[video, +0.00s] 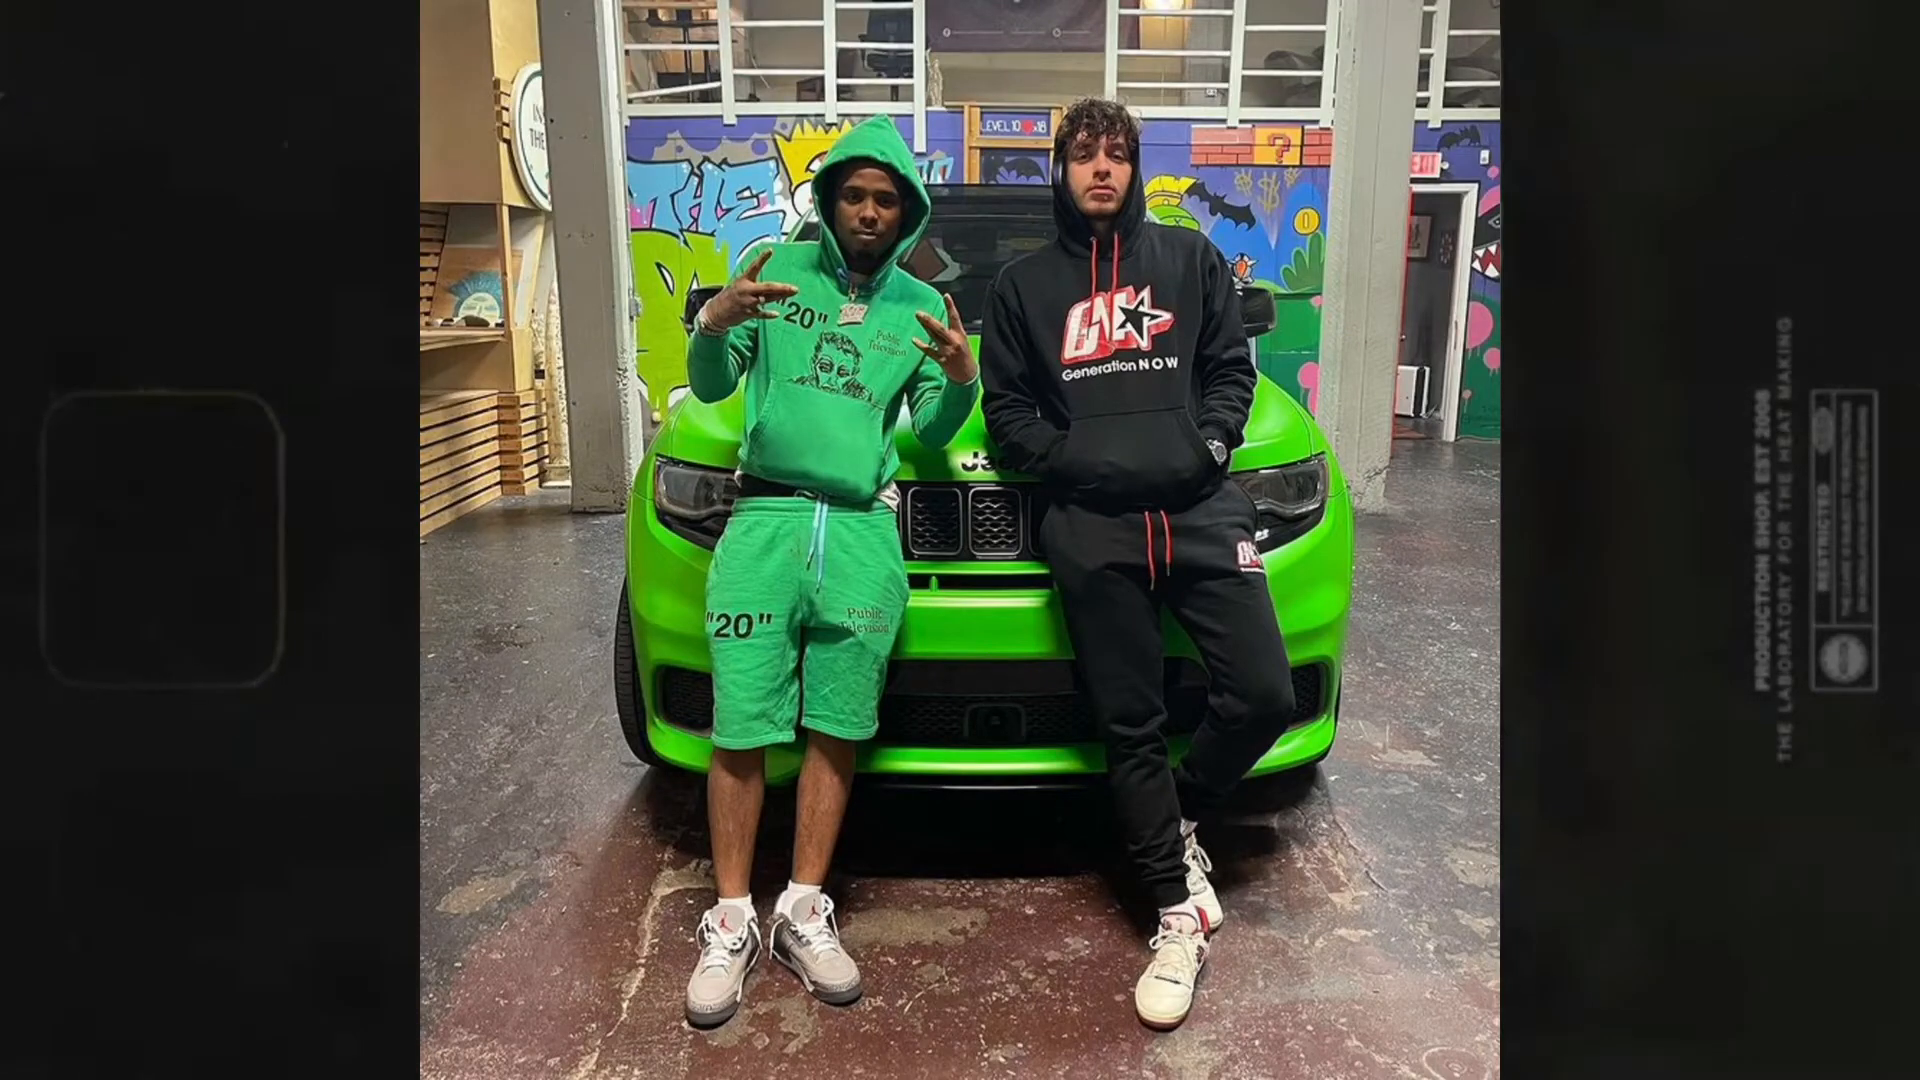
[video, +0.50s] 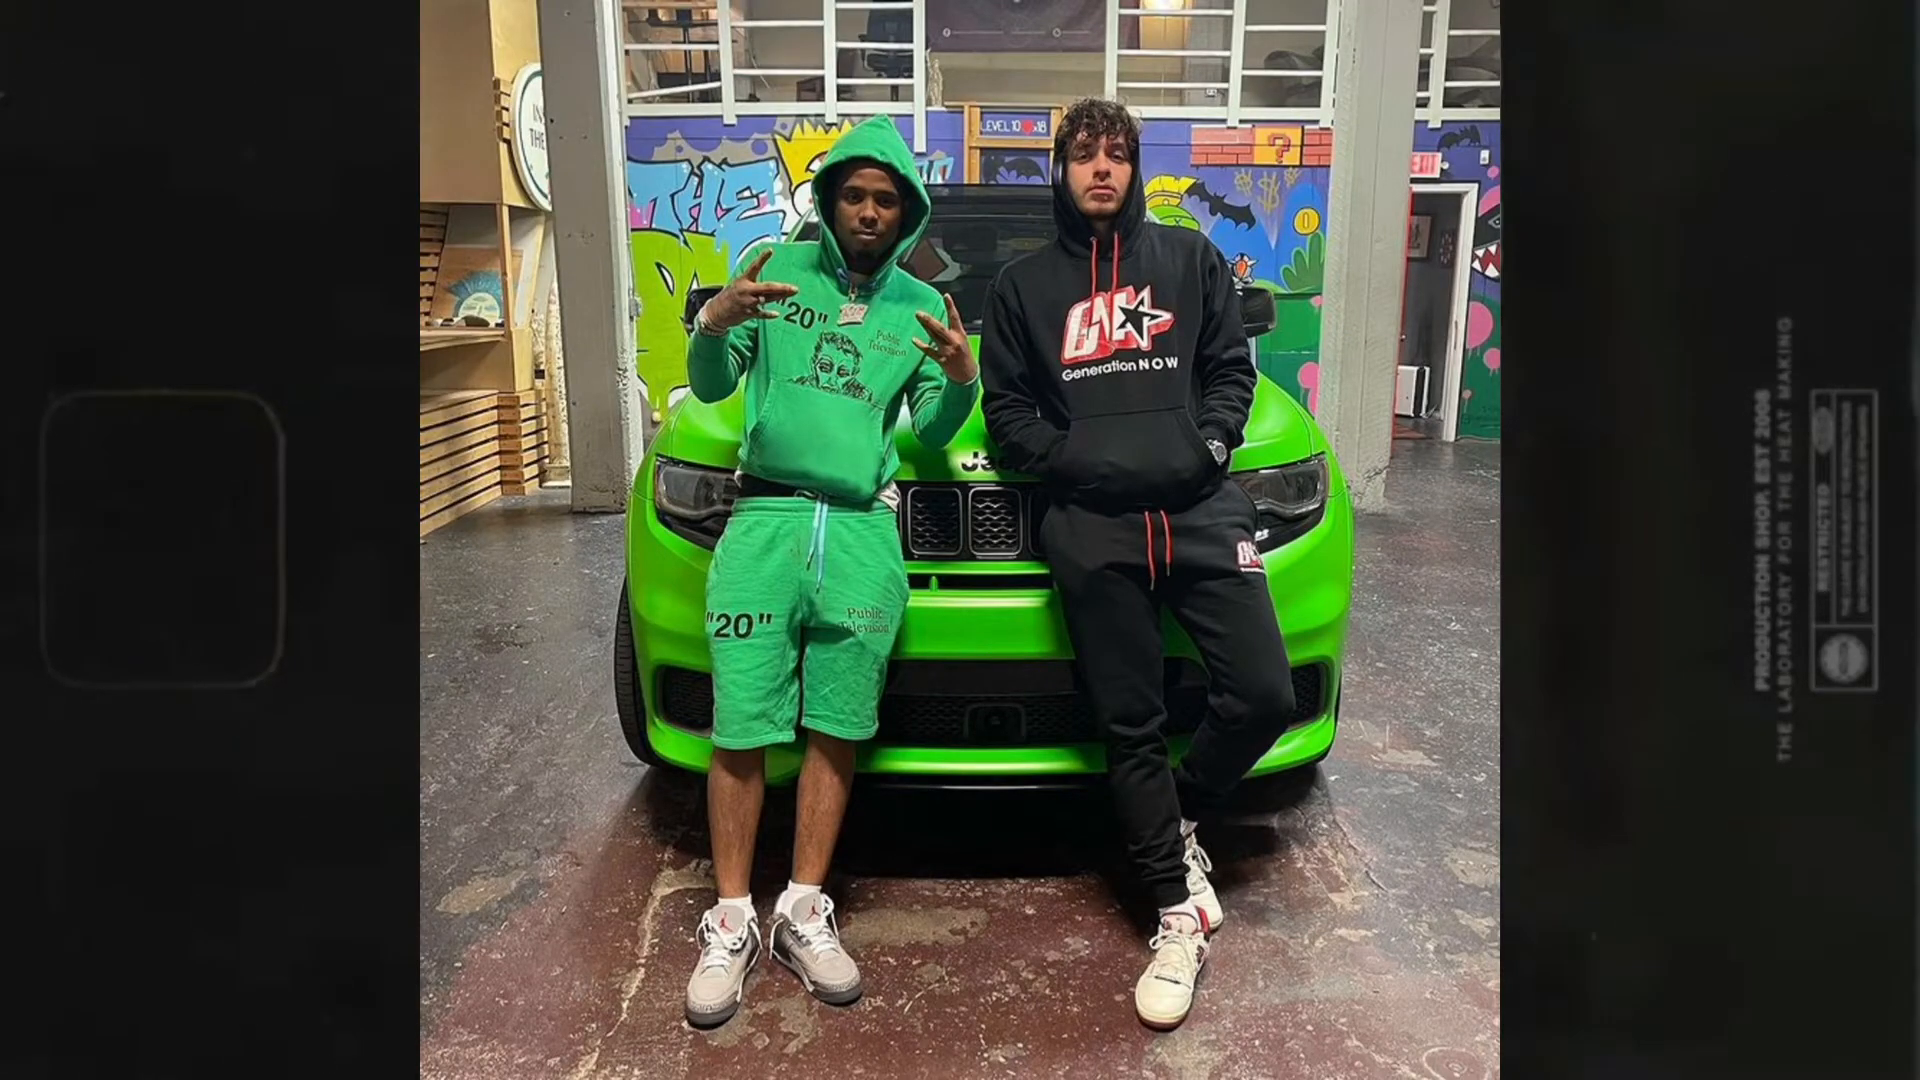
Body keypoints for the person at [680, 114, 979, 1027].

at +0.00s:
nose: (868, 212)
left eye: (884, 198)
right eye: (854, 196)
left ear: (907, 211)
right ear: (827, 202)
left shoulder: (923, 305)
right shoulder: (776, 268)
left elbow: (925, 440)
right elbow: (712, 384)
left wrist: (960, 381)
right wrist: (712, 322)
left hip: (860, 526)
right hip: (762, 517)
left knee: (839, 728)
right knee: (741, 728)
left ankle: (804, 908)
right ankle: (732, 919)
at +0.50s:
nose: (869, 213)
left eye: (885, 199)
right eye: (855, 196)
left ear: (906, 212)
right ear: (827, 202)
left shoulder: (923, 306)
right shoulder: (775, 267)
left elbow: (923, 439)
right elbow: (712, 384)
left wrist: (960, 380)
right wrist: (712, 322)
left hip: (861, 527)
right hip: (764, 517)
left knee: (838, 728)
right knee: (741, 729)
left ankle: (805, 909)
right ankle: (732, 919)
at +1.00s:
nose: (869, 213)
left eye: (885, 199)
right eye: (855, 196)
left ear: (906, 212)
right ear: (827, 202)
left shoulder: (923, 306)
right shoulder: (775, 267)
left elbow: (923, 439)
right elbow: (712, 384)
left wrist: (960, 380)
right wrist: (712, 322)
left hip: (861, 527)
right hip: (764, 516)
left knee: (838, 728)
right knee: (741, 729)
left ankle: (805, 909)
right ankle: (732, 919)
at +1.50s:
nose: (868, 212)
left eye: (885, 198)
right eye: (854, 196)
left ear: (906, 212)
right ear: (827, 203)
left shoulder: (923, 305)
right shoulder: (777, 266)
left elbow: (924, 439)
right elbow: (712, 384)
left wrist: (961, 380)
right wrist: (714, 321)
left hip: (861, 527)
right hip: (763, 517)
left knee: (838, 729)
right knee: (741, 729)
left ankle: (805, 909)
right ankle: (732, 920)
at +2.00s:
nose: (868, 212)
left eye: (885, 198)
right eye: (854, 196)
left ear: (906, 212)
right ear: (827, 203)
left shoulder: (924, 305)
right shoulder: (776, 267)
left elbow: (924, 439)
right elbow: (712, 384)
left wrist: (960, 380)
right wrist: (714, 321)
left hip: (861, 527)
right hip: (763, 517)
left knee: (838, 729)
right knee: (741, 729)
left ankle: (805, 909)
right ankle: (732, 920)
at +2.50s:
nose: (868, 212)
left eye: (884, 198)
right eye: (854, 196)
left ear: (906, 211)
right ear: (827, 202)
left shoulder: (923, 305)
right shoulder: (776, 267)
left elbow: (924, 439)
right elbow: (712, 384)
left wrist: (961, 380)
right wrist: (714, 321)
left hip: (861, 527)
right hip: (763, 516)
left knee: (838, 728)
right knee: (741, 728)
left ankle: (805, 909)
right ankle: (732, 920)